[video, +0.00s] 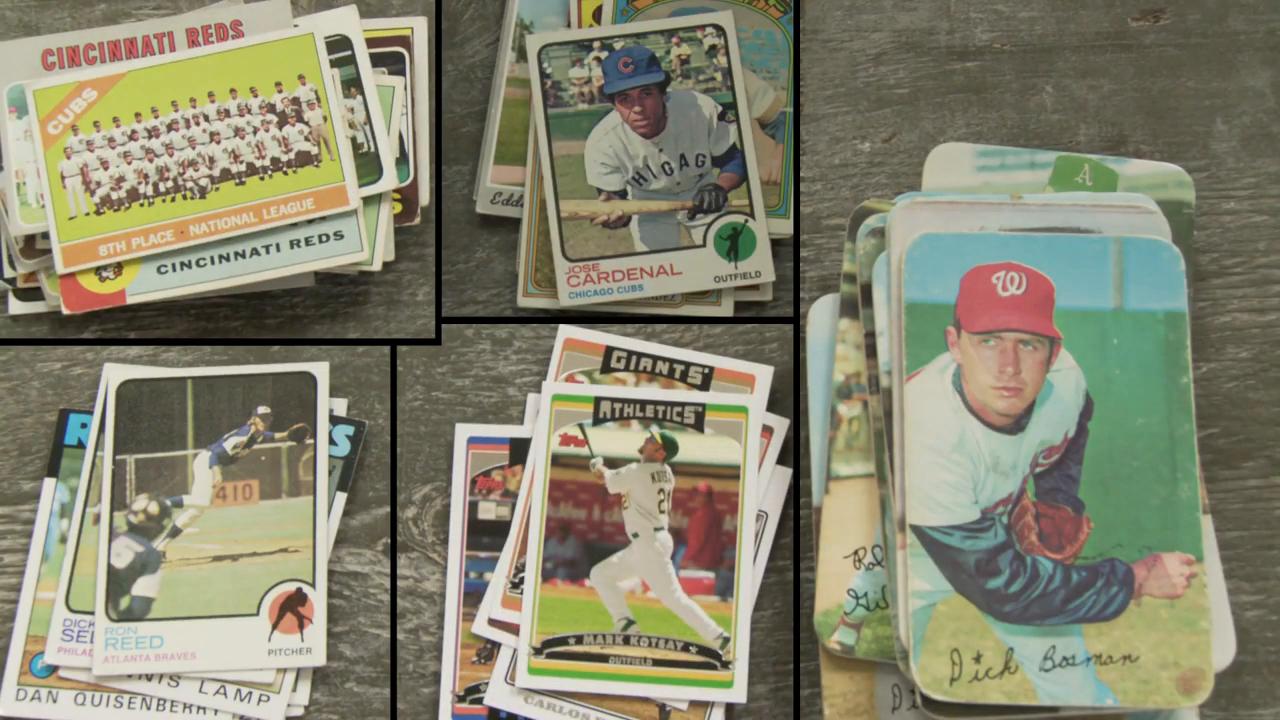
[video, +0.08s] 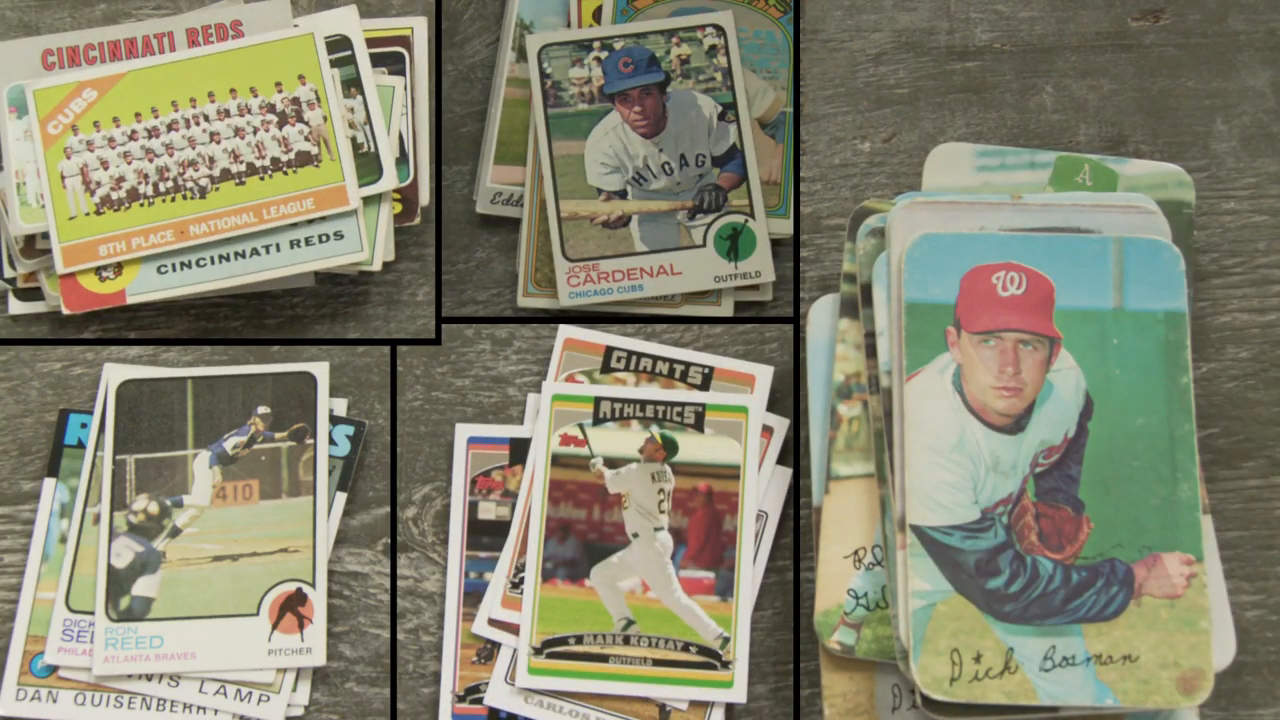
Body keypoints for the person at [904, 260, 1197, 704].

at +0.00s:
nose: (1009, 367)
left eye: (1029, 345)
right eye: (989, 342)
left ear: (1050, 350)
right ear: (955, 343)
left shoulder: (1063, 377)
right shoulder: (926, 438)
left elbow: (1066, 443)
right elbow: (1006, 587)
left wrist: (1056, 508)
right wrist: (1133, 579)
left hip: (1009, 537)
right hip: (917, 550)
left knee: (1078, 695)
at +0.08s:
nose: (1009, 367)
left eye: (1029, 345)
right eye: (989, 342)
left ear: (1050, 350)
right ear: (955, 343)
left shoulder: (1063, 377)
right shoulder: (926, 438)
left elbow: (1066, 443)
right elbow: (1006, 587)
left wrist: (1056, 508)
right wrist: (1133, 579)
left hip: (1009, 537)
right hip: (917, 550)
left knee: (1078, 695)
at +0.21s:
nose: (1009, 367)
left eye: (1029, 345)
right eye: (989, 342)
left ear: (1050, 350)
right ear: (955, 343)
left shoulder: (1063, 377)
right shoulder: (926, 438)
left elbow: (1066, 443)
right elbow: (1006, 587)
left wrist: (1056, 508)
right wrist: (1133, 579)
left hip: (1009, 537)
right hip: (917, 550)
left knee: (1078, 695)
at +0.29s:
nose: (1009, 367)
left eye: (1029, 345)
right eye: (989, 342)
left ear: (1050, 350)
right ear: (955, 343)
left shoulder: (1063, 377)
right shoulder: (926, 438)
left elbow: (1066, 443)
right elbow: (1006, 587)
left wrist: (1056, 508)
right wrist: (1133, 579)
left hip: (1009, 537)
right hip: (917, 550)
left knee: (1078, 695)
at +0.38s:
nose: (1009, 367)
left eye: (1029, 345)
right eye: (989, 342)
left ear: (1050, 350)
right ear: (955, 343)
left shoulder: (1063, 377)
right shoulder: (926, 438)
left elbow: (1066, 443)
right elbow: (1006, 587)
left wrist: (1056, 508)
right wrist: (1133, 579)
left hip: (1009, 537)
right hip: (917, 550)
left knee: (1078, 695)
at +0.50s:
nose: (1009, 367)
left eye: (1029, 345)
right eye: (989, 342)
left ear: (1050, 350)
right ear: (955, 343)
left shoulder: (1063, 377)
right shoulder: (926, 438)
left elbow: (1066, 443)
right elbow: (1006, 587)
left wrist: (1056, 508)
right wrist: (1133, 579)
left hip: (1009, 537)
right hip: (917, 550)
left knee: (1078, 695)